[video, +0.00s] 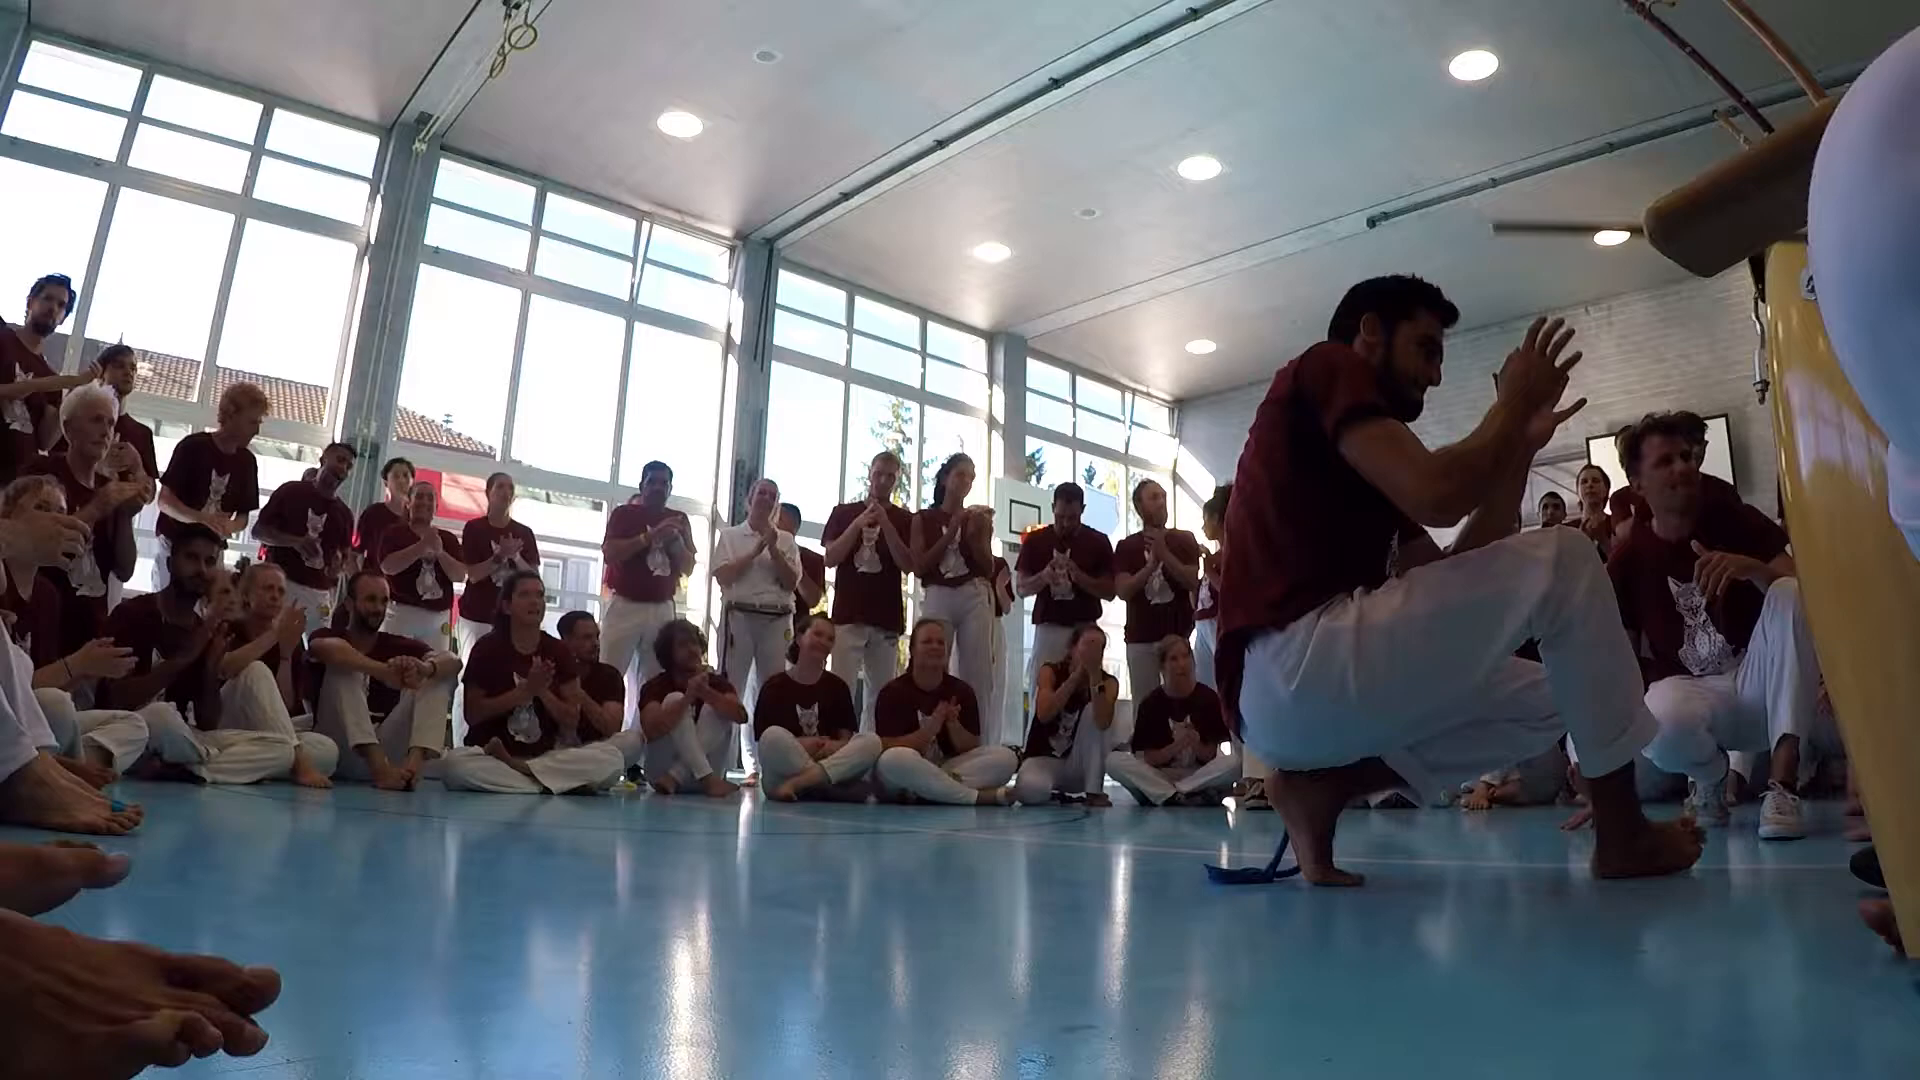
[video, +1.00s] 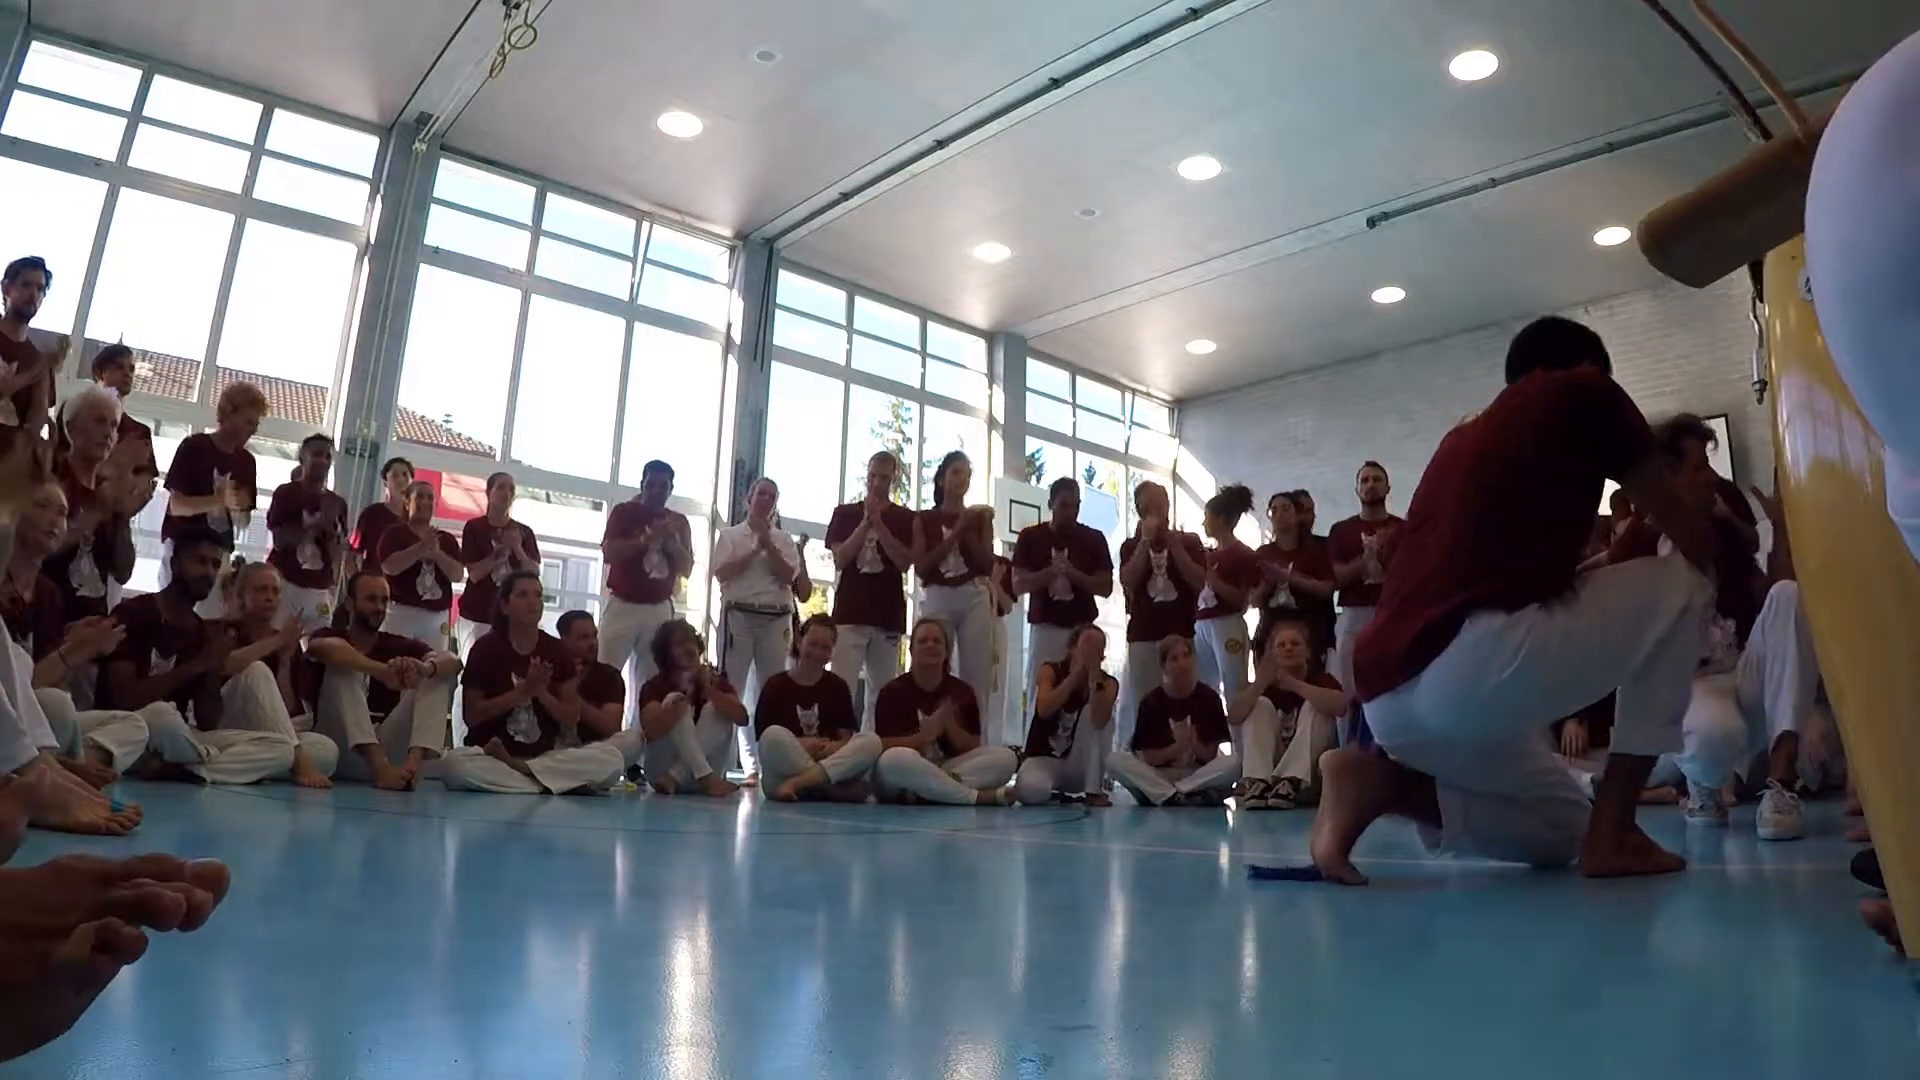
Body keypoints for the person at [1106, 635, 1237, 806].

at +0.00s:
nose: (1181, 664)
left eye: (1185, 657)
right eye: (1174, 659)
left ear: (1192, 660)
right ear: (1162, 666)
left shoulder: (1209, 697)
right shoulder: (1150, 704)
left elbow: (1211, 754)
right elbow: (1149, 759)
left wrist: (1196, 744)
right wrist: (1177, 746)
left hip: (1199, 772)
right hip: (1161, 773)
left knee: (1234, 762)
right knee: (1114, 760)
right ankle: (1172, 795)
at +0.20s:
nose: (1182, 664)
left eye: (1187, 657)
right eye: (1174, 659)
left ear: (1194, 660)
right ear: (1163, 666)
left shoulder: (1210, 698)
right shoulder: (1150, 703)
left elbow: (1211, 754)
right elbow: (1147, 758)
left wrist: (1196, 745)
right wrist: (1174, 747)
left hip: (1199, 773)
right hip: (1160, 773)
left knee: (1233, 762)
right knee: (1114, 760)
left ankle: (1171, 793)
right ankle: (1172, 796)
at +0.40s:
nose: (1182, 664)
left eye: (1186, 657)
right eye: (1174, 660)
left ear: (1194, 661)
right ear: (1163, 666)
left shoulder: (1209, 698)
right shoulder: (1150, 703)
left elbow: (1219, 753)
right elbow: (1145, 757)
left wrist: (1196, 745)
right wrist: (1176, 746)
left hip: (1200, 772)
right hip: (1160, 773)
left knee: (1232, 761)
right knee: (1113, 760)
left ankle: (1175, 792)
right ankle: (1171, 795)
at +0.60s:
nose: (1182, 665)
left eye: (1186, 657)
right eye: (1174, 660)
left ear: (1194, 660)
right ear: (1163, 666)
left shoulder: (1209, 698)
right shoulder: (1150, 703)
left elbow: (1224, 752)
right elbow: (1141, 758)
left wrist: (1205, 748)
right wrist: (1167, 747)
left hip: (1200, 772)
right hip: (1161, 773)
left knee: (1233, 761)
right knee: (1113, 760)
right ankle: (1171, 795)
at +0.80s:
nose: (1182, 664)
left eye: (1186, 656)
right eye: (1174, 659)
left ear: (1194, 660)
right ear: (1164, 667)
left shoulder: (1209, 697)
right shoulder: (1151, 702)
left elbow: (1210, 756)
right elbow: (1148, 757)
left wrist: (1199, 743)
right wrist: (1172, 747)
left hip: (1200, 772)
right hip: (1161, 772)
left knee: (1233, 763)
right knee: (1113, 760)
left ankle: (1175, 792)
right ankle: (1171, 795)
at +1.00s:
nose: (1182, 664)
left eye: (1186, 656)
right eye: (1174, 659)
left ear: (1194, 660)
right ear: (1164, 667)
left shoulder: (1209, 697)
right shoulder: (1151, 702)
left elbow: (1211, 756)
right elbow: (1147, 757)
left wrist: (1194, 743)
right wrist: (1178, 747)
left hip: (1198, 773)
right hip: (1160, 774)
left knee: (1232, 763)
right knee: (1114, 760)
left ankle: (1178, 791)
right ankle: (1171, 795)